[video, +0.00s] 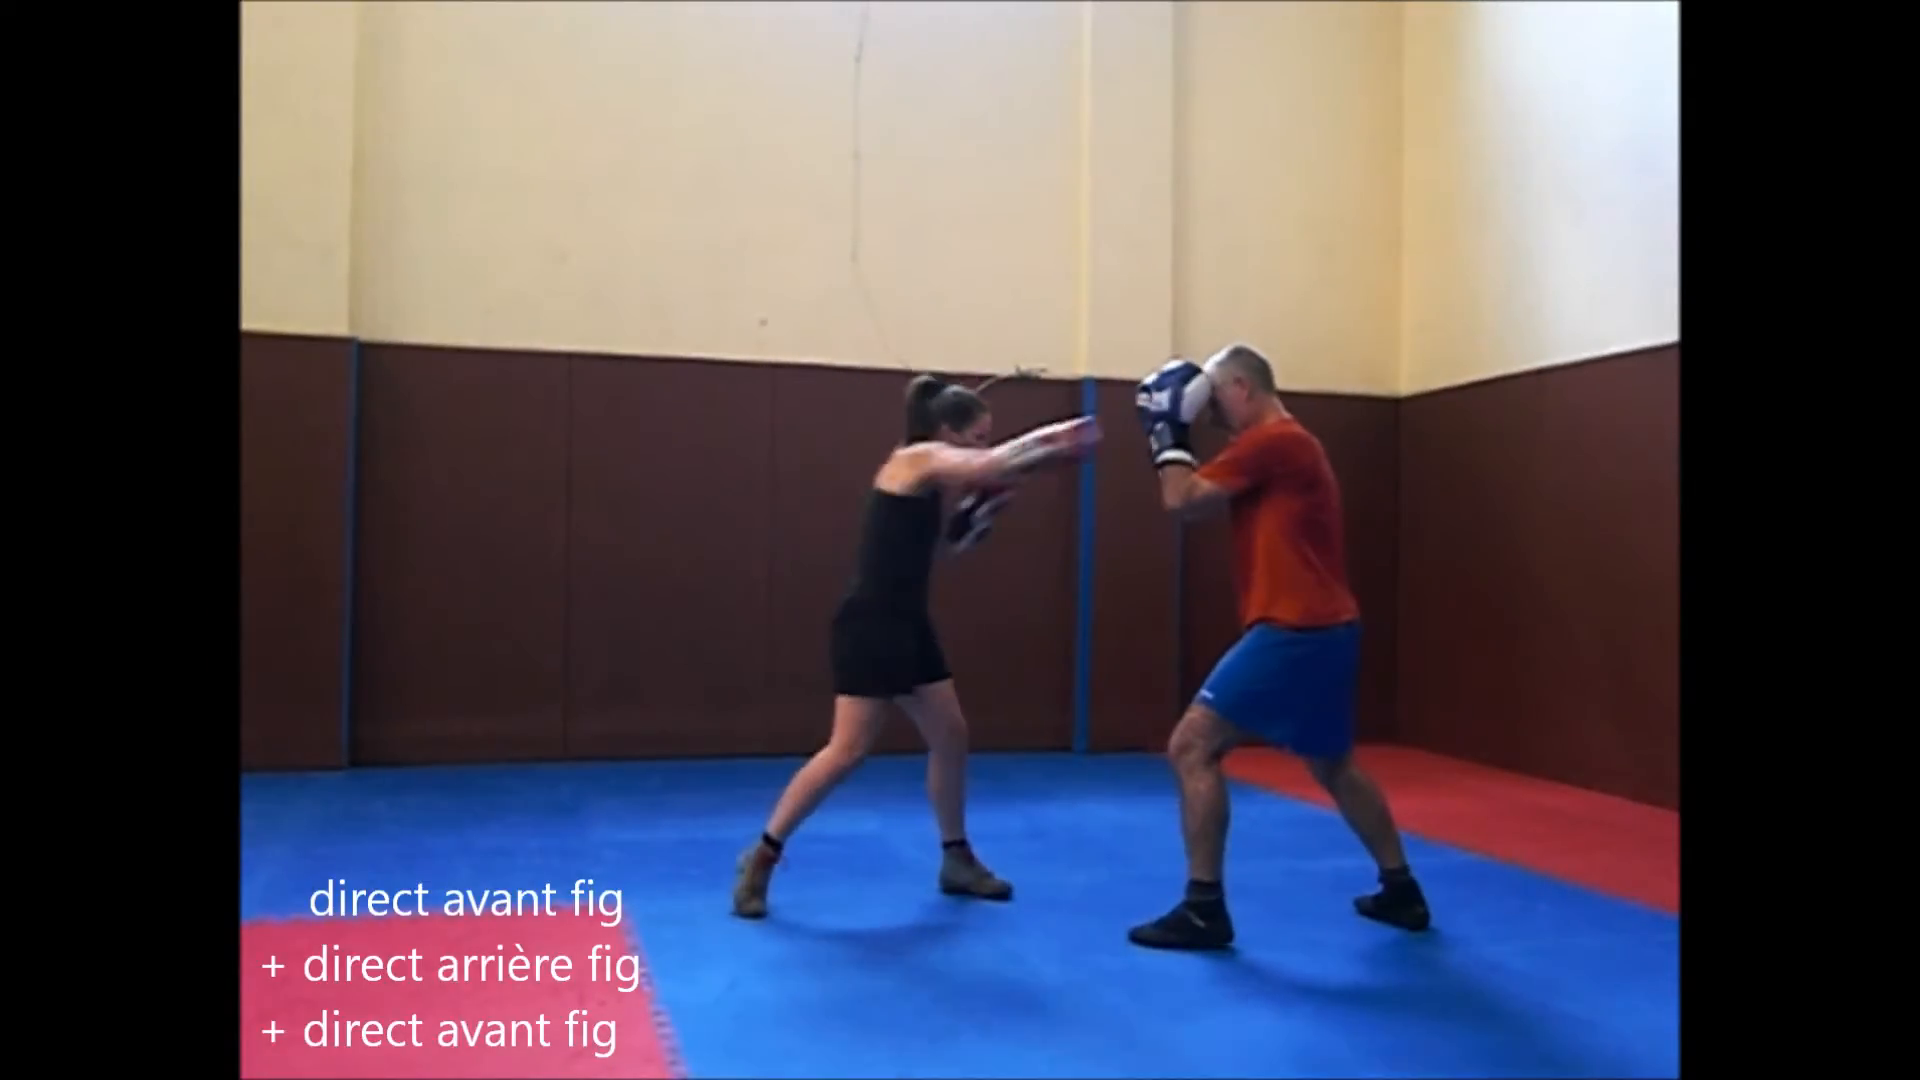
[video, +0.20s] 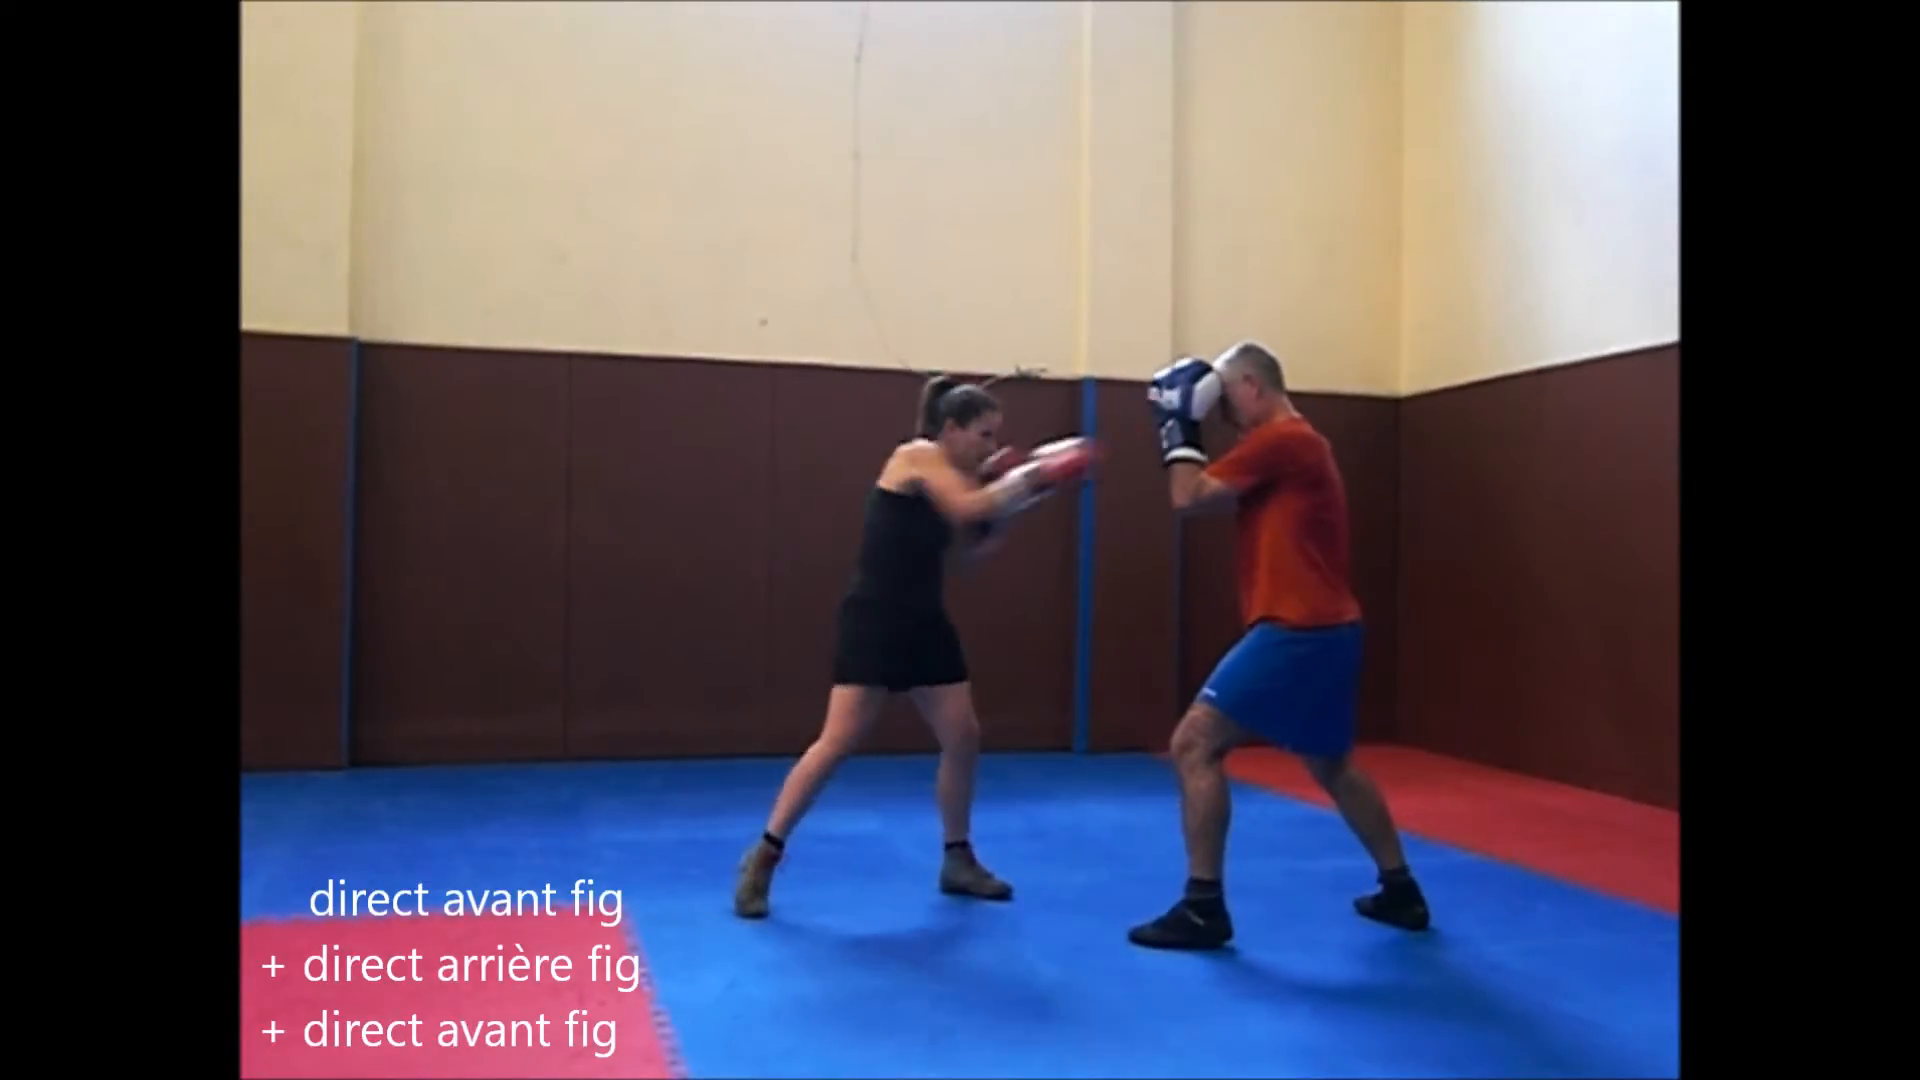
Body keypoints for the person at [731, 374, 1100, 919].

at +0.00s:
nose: (985, 443)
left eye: (986, 434)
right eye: (979, 434)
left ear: (941, 432)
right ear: (949, 429)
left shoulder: (910, 467)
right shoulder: (921, 459)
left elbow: (938, 545)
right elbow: (991, 464)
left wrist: (973, 524)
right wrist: (1056, 439)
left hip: (894, 625)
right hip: (879, 626)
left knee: (950, 737)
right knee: (846, 750)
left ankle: (957, 861)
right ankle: (762, 857)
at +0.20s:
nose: (993, 446)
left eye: (996, 436)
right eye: (985, 434)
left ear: (965, 435)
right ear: (950, 428)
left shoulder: (955, 476)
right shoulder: (919, 457)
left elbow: (962, 550)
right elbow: (966, 506)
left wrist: (1012, 495)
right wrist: (1028, 477)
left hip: (923, 623)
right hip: (873, 620)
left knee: (961, 735)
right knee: (838, 740)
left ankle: (958, 860)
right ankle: (766, 854)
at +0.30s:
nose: (985, 440)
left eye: (989, 430)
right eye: (977, 429)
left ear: (980, 430)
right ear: (942, 422)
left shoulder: (978, 470)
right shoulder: (899, 457)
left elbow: (1045, 500)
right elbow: (878, 524)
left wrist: (1079, 467)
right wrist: (944, 500)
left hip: (931, 620)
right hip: (876, 616)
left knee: (958, 737)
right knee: (838, 732)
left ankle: (959, 861)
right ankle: (774, 857)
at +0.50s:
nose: (963, 440)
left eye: (967, 430)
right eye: (956, 429)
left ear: (955, 427)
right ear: (923, 422)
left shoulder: (956, 470)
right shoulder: (876, 464)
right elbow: (881, 543)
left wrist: (1045, 496)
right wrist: (931, 503)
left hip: (922, 621)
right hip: (867, 619)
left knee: (953, 738)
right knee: (824, 733)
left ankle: (958, 861)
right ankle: (749, 853)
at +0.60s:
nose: (951, 452)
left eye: (954, 442)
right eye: (946, 441)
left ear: (929, 436)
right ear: (915, 434)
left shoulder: (928, 481)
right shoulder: (864, 475)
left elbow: (956, 554)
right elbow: (905, 547)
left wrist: (996, 514)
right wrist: (949, 500)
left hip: (905, 634)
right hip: (852, 634)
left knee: (953, 741)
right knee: (811, 752)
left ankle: (958, 862)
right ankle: (736, 867)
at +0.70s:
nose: (928, 463)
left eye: (933, 453)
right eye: (926, 451)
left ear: (908, 443)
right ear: (900, 438)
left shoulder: (902, 489)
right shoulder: (851, 477)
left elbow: (949, 547)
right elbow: (915, 537)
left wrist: (980, 497)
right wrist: (950, 487)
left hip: (880, 638)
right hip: (827, 637)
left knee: (937, 741)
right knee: (792, 757)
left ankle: (957, 861)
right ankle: (729, 871)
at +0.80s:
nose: (923, 452)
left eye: (928, 442)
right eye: (922, 440)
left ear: (902, 432)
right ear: (896, 429)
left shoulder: (891, 476)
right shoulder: (846, 463)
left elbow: (943, 531)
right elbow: (912, 523)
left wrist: (967, 477)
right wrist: (945, 475)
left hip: (865, 627)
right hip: (814, 627)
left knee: (923, 736)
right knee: (782, 751)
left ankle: (936, 857)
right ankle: (719, 867)